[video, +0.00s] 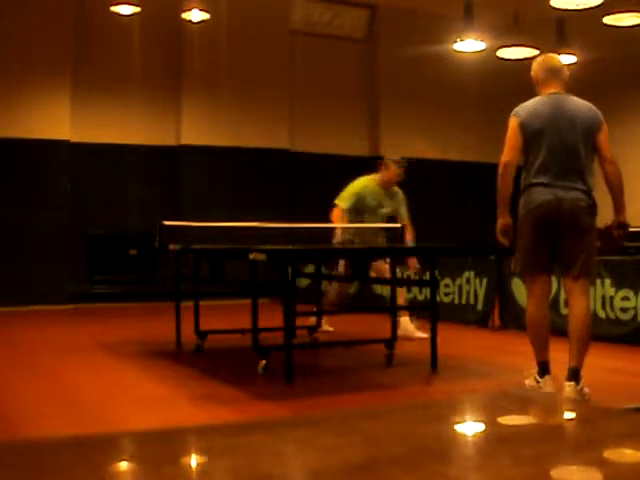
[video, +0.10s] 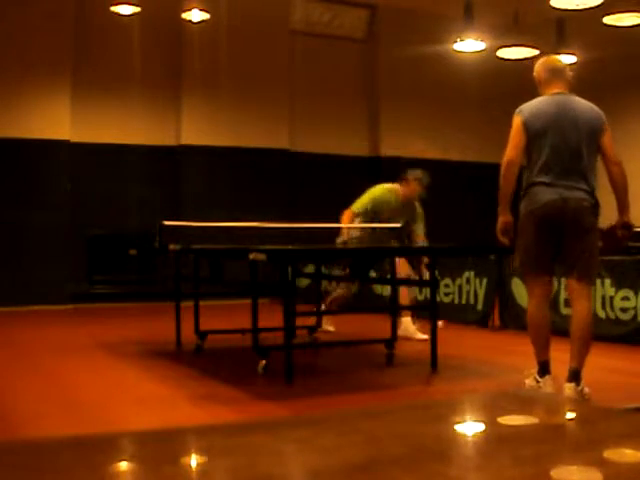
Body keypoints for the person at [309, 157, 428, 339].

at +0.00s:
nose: (396, 180)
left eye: (398, 176)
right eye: (394, 175)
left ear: (398, 176)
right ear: (383, 169)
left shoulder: (396, 194)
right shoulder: (362, 185)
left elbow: (406, 226)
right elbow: (338, 211)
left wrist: (409, 253)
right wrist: (340, 239)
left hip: (376, 247)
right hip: (351, 246)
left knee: (397, 279)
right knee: (340, 282)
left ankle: (403, 322)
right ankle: (318, 318)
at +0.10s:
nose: (419, 191)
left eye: (421, 187)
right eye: (417, 186)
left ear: (421, 188)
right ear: (407, 182)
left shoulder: (414, 208)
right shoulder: (382, 192)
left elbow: (419, 238)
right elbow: (349, 214)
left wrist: (422, 259)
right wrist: (346, 235)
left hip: (386, 246)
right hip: (360, 243)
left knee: (404, 276)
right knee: (350, 286)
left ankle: (405, 322)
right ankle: (322, 313)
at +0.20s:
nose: (431, 213)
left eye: (434, 210)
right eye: (431, 208)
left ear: (435, 209)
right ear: (425, 201)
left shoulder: (427, 222)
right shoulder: (397, 200)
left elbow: (431, 255)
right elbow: (358, 212)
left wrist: (439, 287)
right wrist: (347, 234)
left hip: (393, 247)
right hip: (365, 241)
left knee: (409, 275)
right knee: (353, 282)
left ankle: (406, 322)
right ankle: (325, 311)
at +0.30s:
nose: (435, 233)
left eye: (438, 231)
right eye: (436, 229)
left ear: (441, 229)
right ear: (432, 219)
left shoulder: (434, 237)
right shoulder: (404, 211)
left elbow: (439, 274)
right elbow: (364, 214)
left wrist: (443, 304)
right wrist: (350, 235)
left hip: (395, 249)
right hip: (369, 242)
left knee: (412, 273)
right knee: (352, 277)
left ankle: (407, 323)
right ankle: (328, 309)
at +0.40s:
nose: (434, 248)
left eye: (438, 247)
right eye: (435, 244)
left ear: (442, 244)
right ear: (432, 233)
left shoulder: (435, 250)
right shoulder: (410, 218)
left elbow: (440, 284)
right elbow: (369, 217)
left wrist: (445, 320)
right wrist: (352, 236)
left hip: (393, 249)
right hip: (369, 241)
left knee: (415, 271)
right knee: (352, 275)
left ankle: (407, 323)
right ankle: (330, 309)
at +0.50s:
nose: (433, 249)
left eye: (437, 249)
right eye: (434, 246)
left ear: (442, 247)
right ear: (431, 235)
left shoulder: (434, 254)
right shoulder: (411, 222)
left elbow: (438, 288)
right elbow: (371, 217)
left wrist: (439, 322)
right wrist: (352, 236)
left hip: (394, 250)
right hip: (370, 241)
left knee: (416, 273)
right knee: (357, 269)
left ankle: (407, 324)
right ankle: (336, 300)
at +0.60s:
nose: (431, 247)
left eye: (435, 247)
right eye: (432, 244)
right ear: (431, 233)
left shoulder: (430, 244)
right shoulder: (410, 216)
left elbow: (437, 280)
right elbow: (370, 216)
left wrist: (439, 313)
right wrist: (351, 236)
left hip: (394, 248)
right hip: (371, 240)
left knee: (415, 269)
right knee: (361, 264)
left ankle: (407, 323)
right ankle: (341, 293)